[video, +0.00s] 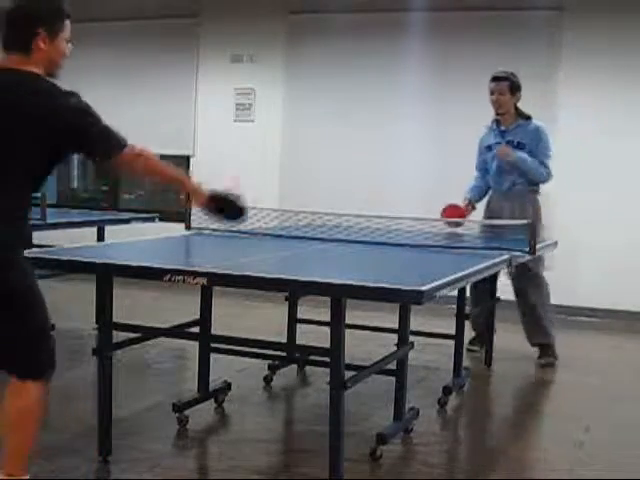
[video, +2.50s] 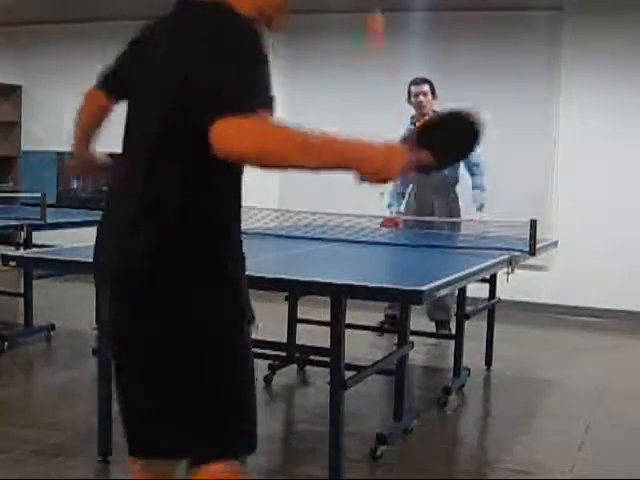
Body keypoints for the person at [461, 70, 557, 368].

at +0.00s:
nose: (496, 99)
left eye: (502, 94)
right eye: (493, 94)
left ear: (516, 97)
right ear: (489, 98)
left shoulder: (534, 132)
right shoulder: (488, 137)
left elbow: (543, 174)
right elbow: (482, 177)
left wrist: (515, 157)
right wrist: (469, 201)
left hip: (523, 203)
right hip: (496, 204)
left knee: (527, 274)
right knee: (483, 272)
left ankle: (545, 343)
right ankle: (481, 334)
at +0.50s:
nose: (476, 106)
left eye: (480, 99)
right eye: (473, 101)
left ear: (497, 96)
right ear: (474, 103)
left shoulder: (523, 128)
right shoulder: (481, 133)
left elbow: (518, 167)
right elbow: (484, 178)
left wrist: (495, 134)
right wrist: (474, 210)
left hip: (513, 198)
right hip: (487, 199)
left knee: (513, 269)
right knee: (480, 268)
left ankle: (518, 336)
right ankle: (480, 332)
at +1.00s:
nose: (406, 111)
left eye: (411, 105)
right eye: (406, 106)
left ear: (428, 106)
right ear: (417, 109)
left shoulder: (457, 137)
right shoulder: (420, 142)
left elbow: (484, 175)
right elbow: (426, 186)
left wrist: (470, 203)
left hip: (462, 207)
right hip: (435, 206)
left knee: (480, 273)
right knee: (418, 267)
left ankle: (512, 333)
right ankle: (396, 331)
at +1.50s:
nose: (393, 95)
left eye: (398, 89)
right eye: (389, 91)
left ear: (412, 90)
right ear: (385, 95)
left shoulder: (432, 125)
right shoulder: (381, 128)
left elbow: (442, 166)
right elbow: (373, 161)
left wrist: (442, 196)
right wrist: (381, 167)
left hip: (424, 195)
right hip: (394, 195)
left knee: (428, 261)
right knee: (391, 261)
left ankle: (434, 332)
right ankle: (393, 332)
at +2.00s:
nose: (400, 95)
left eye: (404, 89)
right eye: (395, 91)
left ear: (414, 93)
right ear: (389, 97)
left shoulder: (431, 128)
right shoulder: (383, 135)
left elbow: (439, 166)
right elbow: (387, 178)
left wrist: (438, 198)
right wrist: (413, 200)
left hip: (430, 201)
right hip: (399, 202)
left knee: (435, 260)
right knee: (393, 262)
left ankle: (439, 323)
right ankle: (385, 327)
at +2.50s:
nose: (420, 99)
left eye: (424, 94)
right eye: (415, 95)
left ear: (434, 98)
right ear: (409, 101)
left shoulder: (448, 131)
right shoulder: (408, 136)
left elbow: (473, 161)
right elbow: (402, 173)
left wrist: (479, 189)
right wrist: (395, 202)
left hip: (444, 203)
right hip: (415, 203)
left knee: (443, 259)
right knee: (405, 256)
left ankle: (442, 316)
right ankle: (395, 313)